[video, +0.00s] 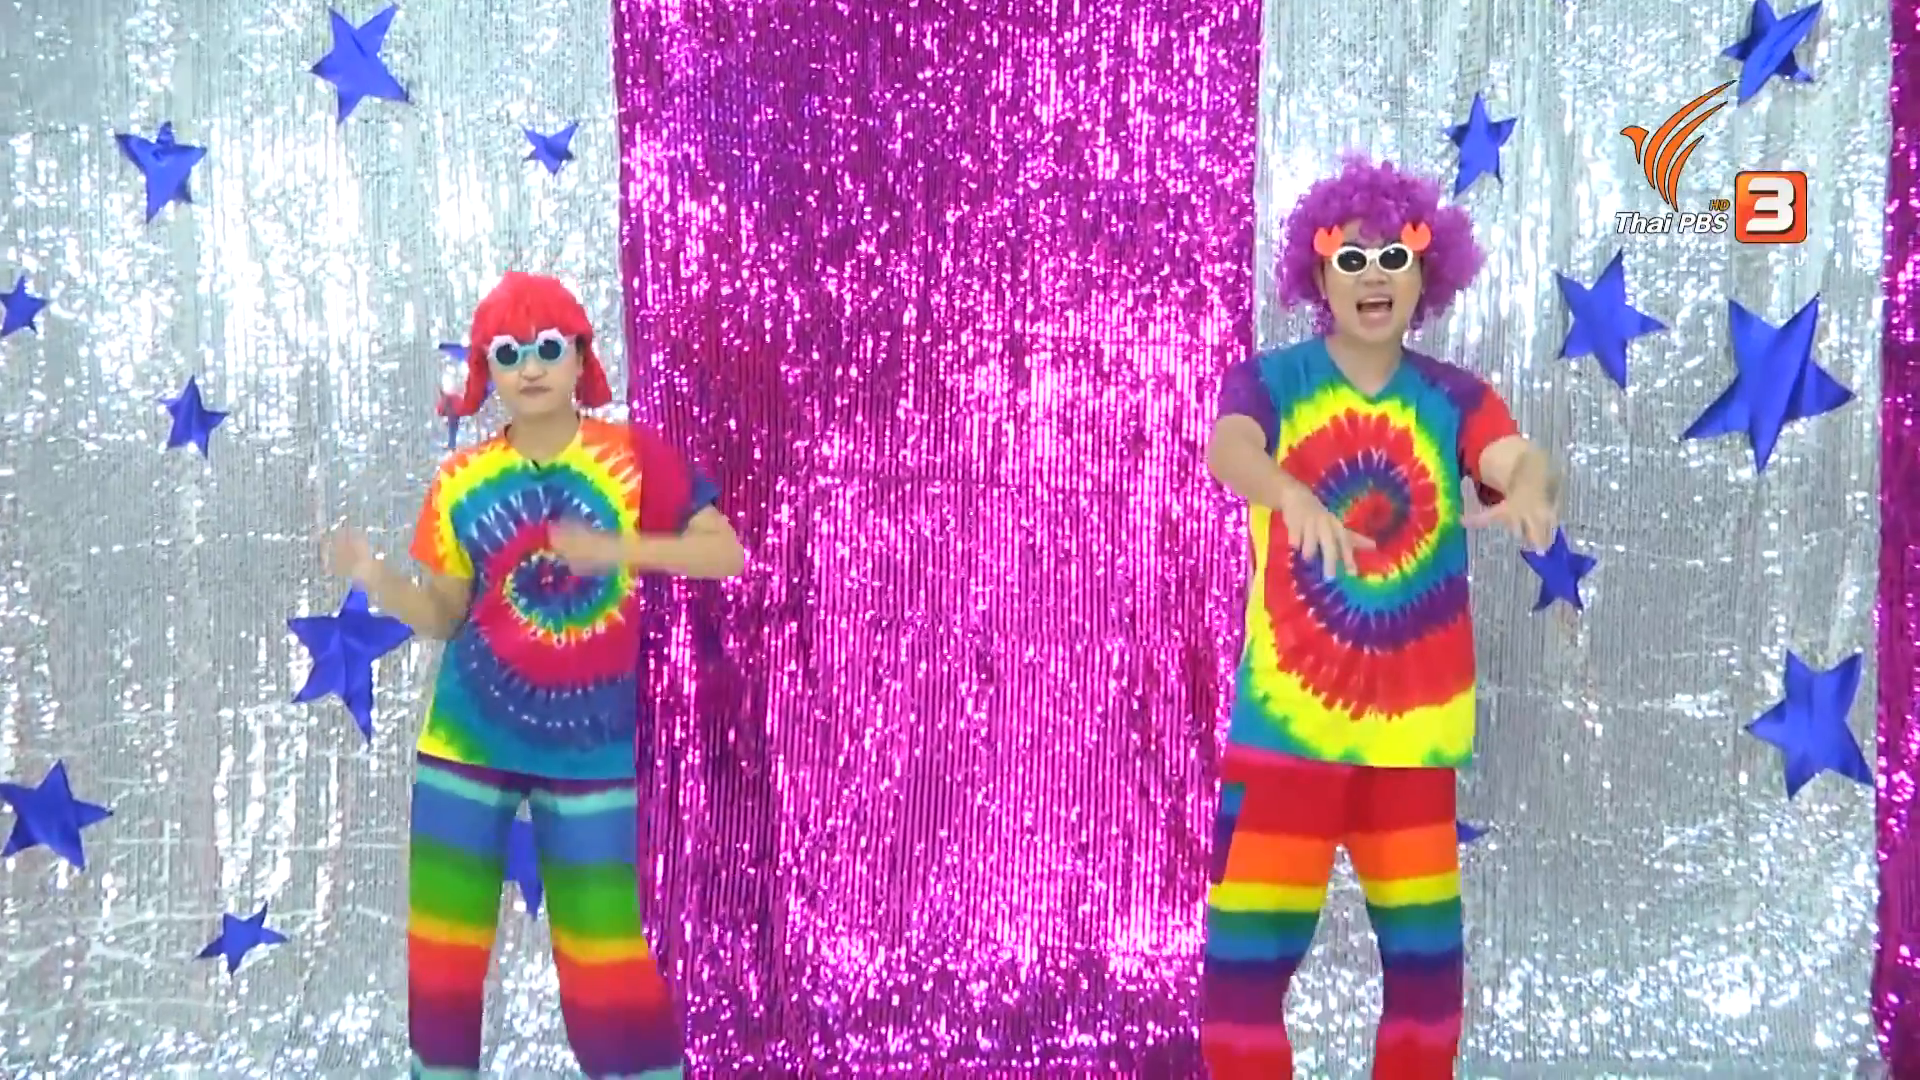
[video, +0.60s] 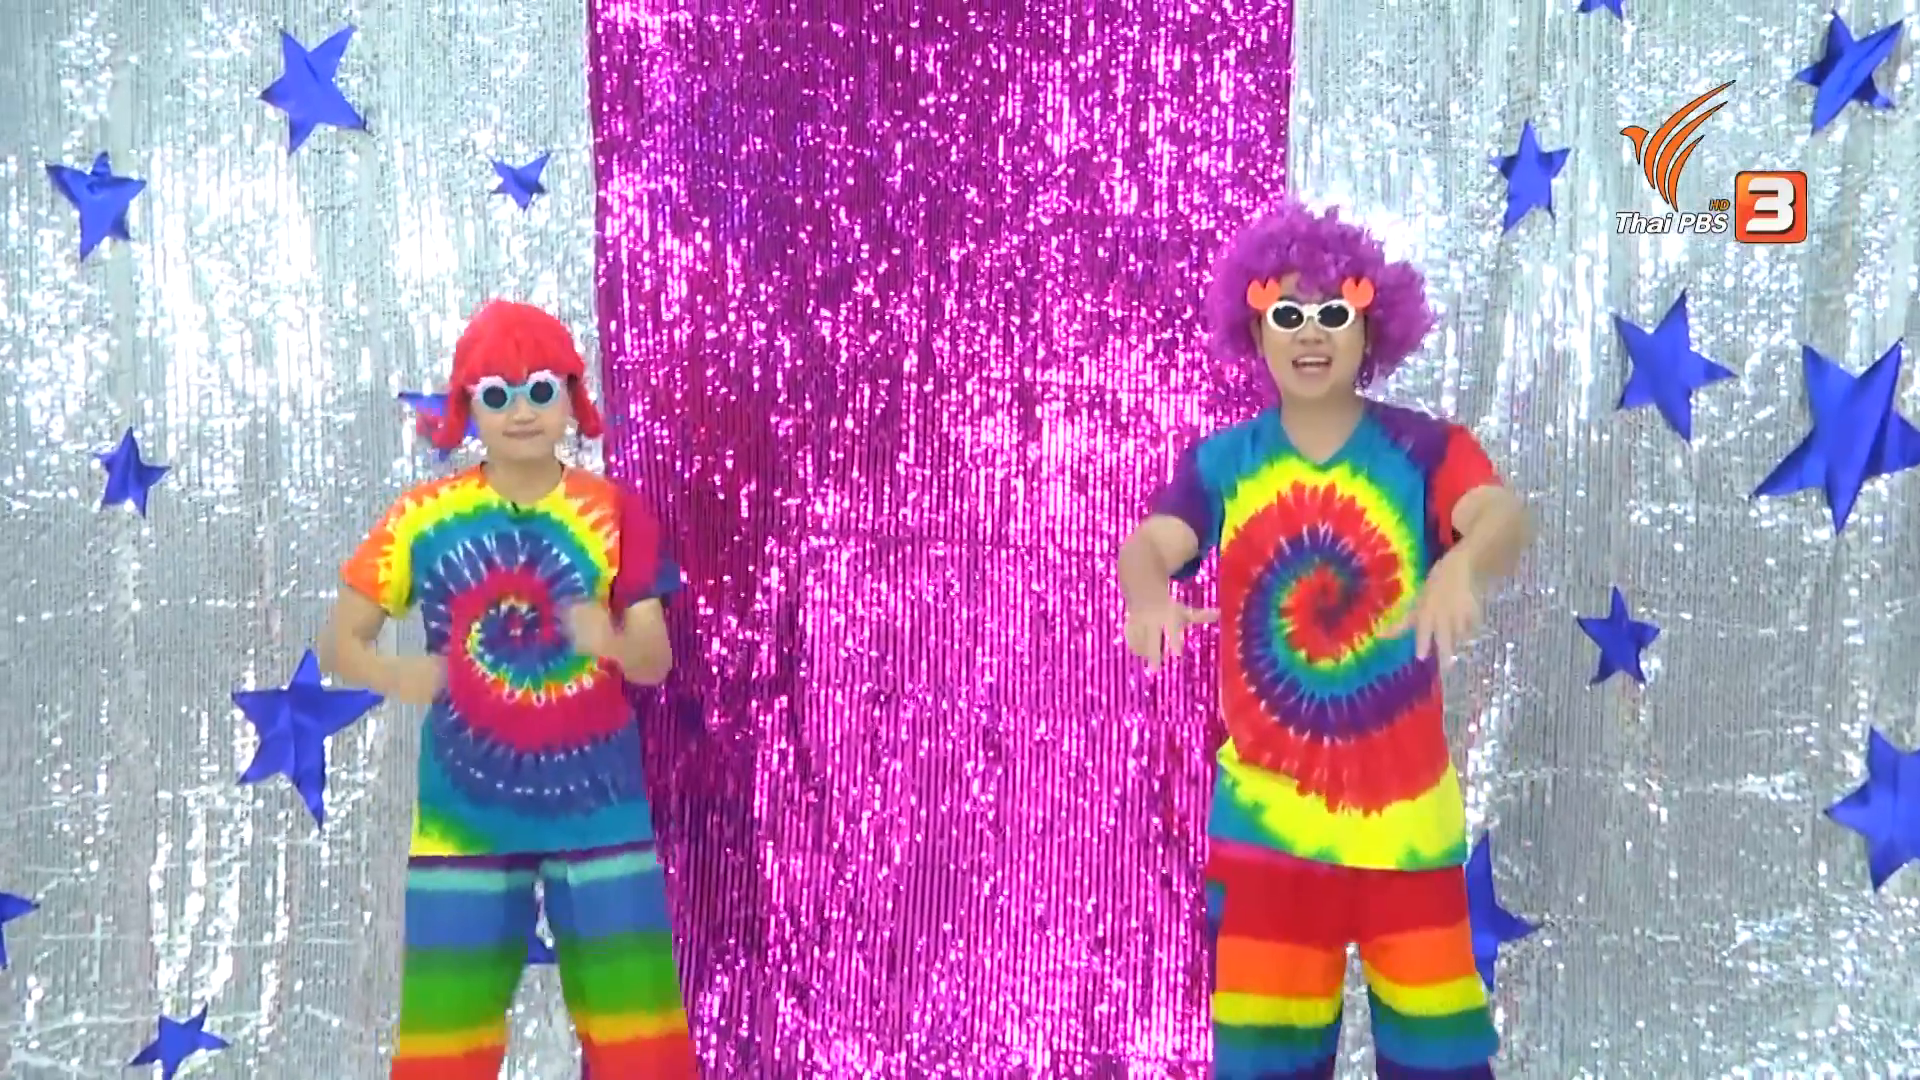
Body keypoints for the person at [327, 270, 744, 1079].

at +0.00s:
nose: (530, 371)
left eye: (550, 352)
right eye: (510, 355)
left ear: (582, 362)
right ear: (487, 371)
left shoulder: (636, 456)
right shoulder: (460, 478)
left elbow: (721, 553)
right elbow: (444, 613)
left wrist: (613, 548)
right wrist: (378, 574)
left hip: (593, 756)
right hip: (466, 749)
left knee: (609, 963)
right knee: (443, 960)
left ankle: (643, 1073)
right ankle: (445, 1071)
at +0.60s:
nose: (522, 410)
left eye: (542, 389)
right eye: (497, 393)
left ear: (572, 403)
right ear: (468, 411)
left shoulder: (612, 512)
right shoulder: (419, 518)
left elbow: (656, 657)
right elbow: (339, 644)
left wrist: (607, 637)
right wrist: (408, 674)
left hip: (598, 808)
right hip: (465, 814)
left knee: (637, 1033)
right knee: (445, 1042)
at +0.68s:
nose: (510, 414)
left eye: (529, 389)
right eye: (484, 400)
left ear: (562, 398)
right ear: (460, 421)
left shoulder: (613, 510)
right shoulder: (419, 525)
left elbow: (659, 646)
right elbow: (330, 636)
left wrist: (564, 652)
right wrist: (316, 704)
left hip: (585, 826)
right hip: (449, 828)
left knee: (631, 1054)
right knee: (421, 1056)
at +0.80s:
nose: (496, 431)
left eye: (513, 405)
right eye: (470, 421)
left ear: (553, 407)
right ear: (453, 445)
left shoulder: (611, 517)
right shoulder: (429, 541)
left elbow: (659, 626)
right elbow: (335, 650)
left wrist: (532, 596)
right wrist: (285, 615)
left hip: (567, 838)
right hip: (430, 836)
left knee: (596, 1051)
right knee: (410, 1049)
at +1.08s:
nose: (501, 449)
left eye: (522, 426)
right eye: (477, 432)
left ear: (562, 436)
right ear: (456, 453)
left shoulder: (613, 537)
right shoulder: (432, 559)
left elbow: (676, 662)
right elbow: (394, 714)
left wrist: (545, 625)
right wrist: (363, 637)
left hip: (568, 868)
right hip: (433, 864)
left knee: (565, 1067)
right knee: (396, 1064)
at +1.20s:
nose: (516, 445)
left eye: (540, 428)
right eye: (494, 425)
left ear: (571, 447)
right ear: (464, 442)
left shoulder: (616, 541)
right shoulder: (419, 559)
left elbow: (705, 634)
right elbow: (327, 681)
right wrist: (350, 709)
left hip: (594, 866)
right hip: (457, 868)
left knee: (600, 1065)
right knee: (420, 1065)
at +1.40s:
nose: (525, 455)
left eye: (550, 441)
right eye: (504, 430)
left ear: (571, 464)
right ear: (464, 441)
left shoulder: (609, 550)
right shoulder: (403, 563)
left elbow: (758, 624)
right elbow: (291, 671)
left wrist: (707, 598)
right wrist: (423, 631)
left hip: (621, 875)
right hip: (481, 880)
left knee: (629, 1068)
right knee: (450, 1069)